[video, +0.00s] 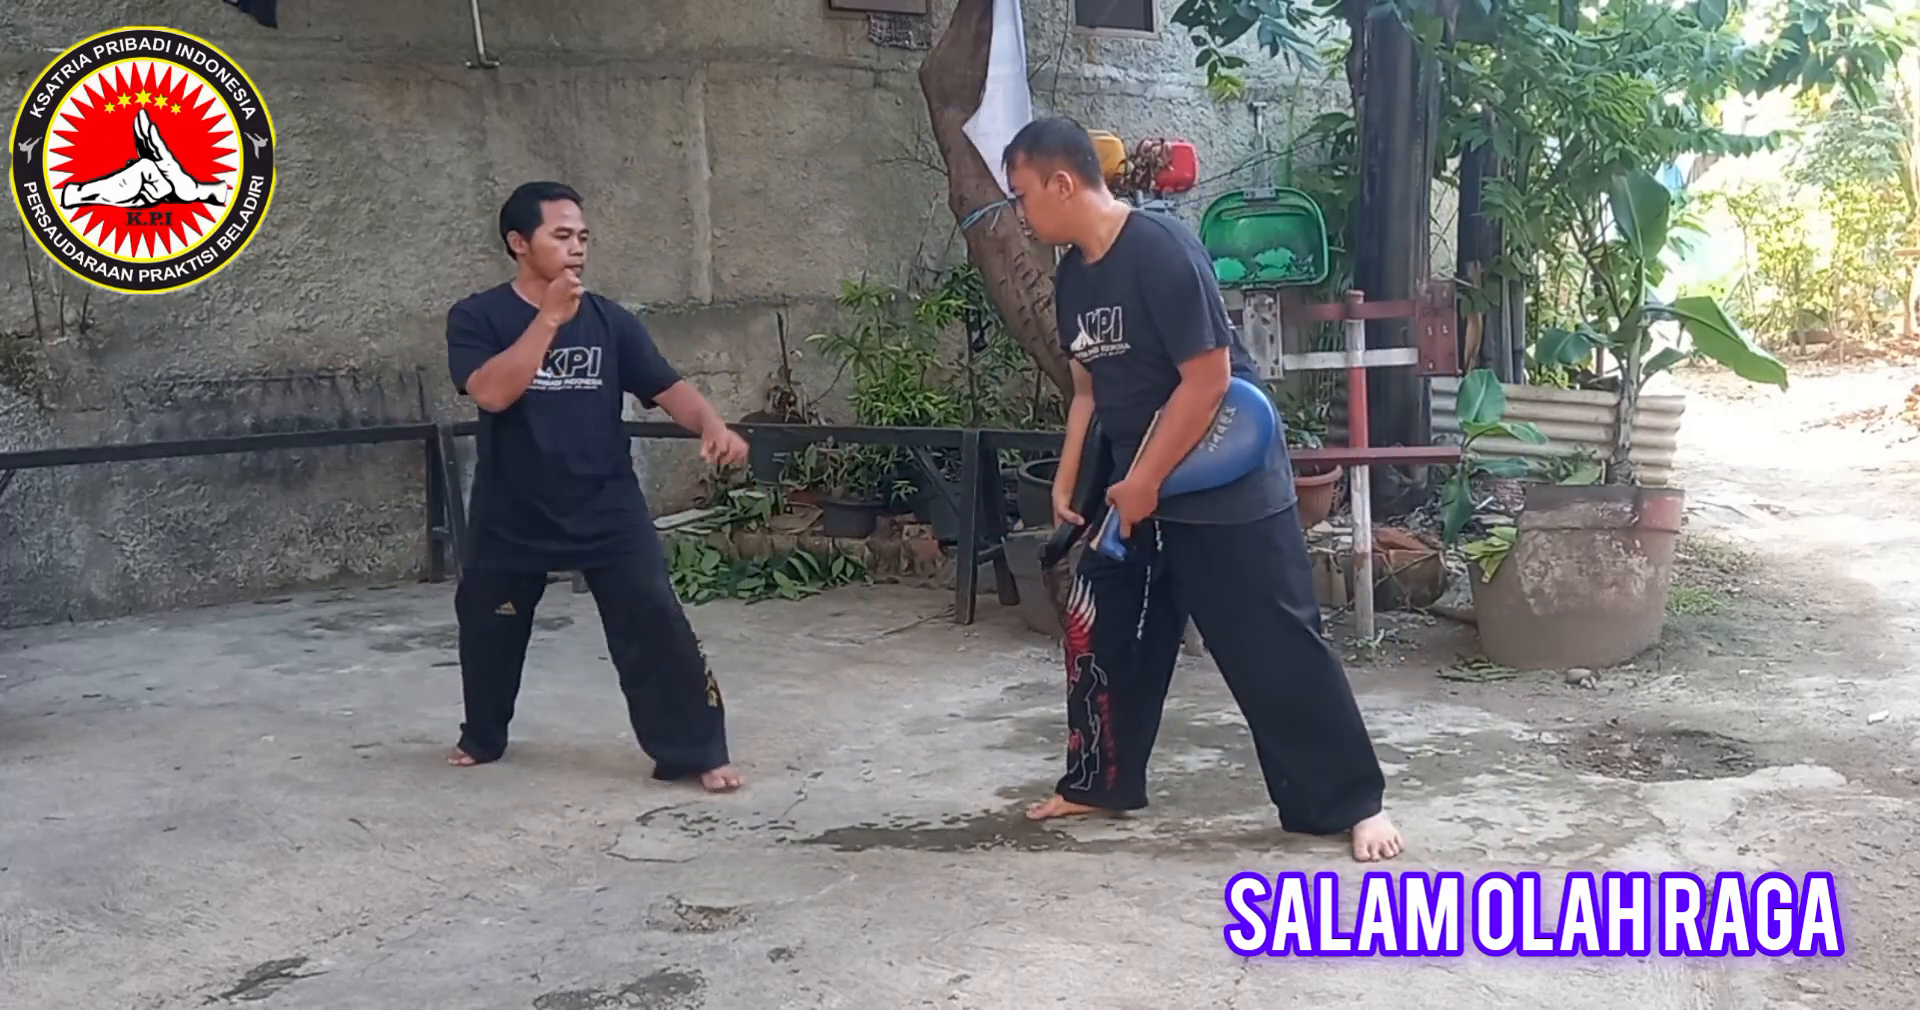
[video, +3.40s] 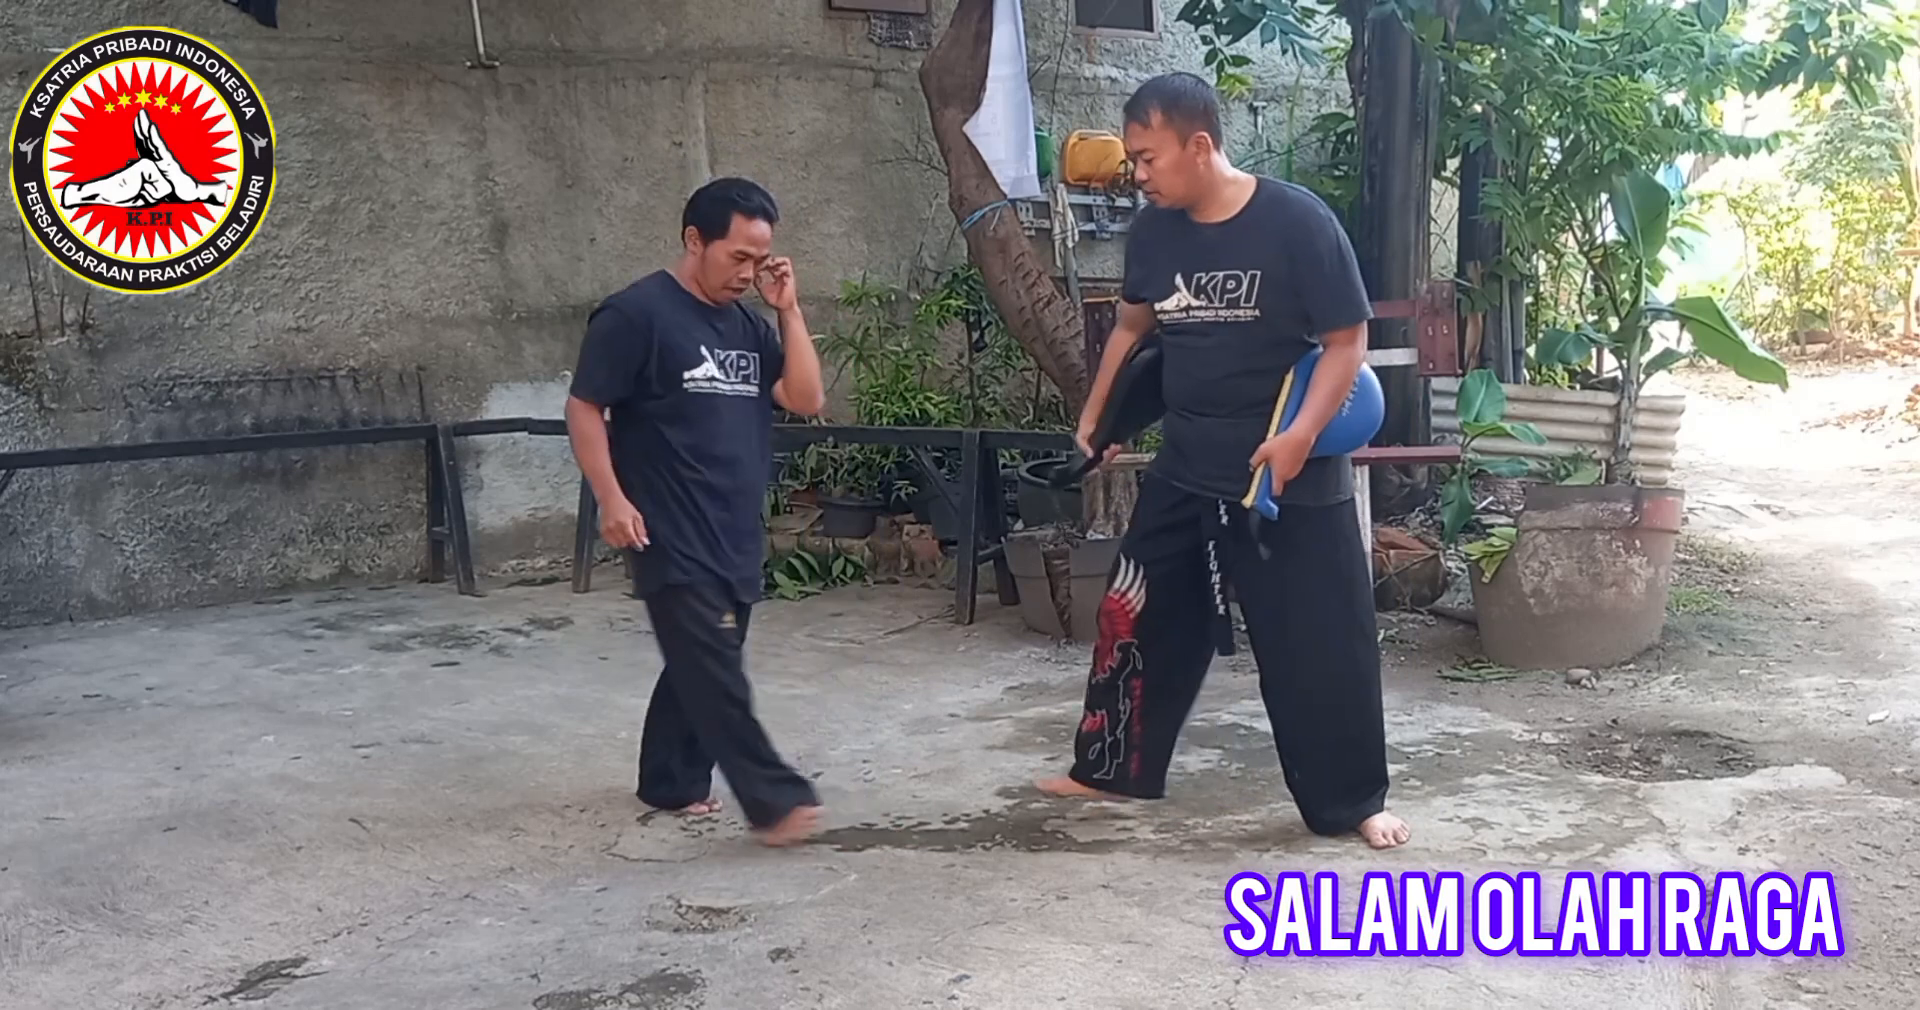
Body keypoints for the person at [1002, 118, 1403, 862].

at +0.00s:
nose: (1021, 217)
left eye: (1022, 199)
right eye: (1016, 203)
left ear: (1064, 182)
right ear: (1061, 185)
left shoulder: (1163, 247)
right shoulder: (1073, 271)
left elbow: (1207, 378)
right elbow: (1089, 386)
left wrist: (1145, 477)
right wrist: (1069, 477)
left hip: (1223, 486)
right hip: (1136, 491)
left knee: (1279, 640)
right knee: (1113, 638)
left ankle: (1361, 805)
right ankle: (1102, 783)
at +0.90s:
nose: (1018, 209)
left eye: (1020, 192)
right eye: (1015, 195)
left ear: (1064, 179)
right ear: (1062, 181)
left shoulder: (1156, 249)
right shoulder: (1071, 266)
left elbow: (1191, 385)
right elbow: (1081, 386)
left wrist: (1127, 481)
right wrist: (1051, 474)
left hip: (1211, 489)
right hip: (1125, 493)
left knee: (1274, 647)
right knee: (1105, 644)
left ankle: (1359, 806)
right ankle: (1099, 787)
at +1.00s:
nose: (1010, 218)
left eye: (1015, 201)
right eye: (1007, 203)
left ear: (1058, 192)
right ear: (1057, 196)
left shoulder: (1155, 259)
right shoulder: (1062, 280)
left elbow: (1203, 386)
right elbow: (1052, 383)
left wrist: (1126, 474)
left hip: (1219, 501)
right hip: (1133, 505)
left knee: (1277, 652)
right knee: (1106, 646)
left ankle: (1367, 802)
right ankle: (1101, 785)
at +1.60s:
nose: (1053, 222)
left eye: (1058, 205)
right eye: (1048, 207)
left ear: (1104, 193)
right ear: (1097, 196)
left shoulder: (1200, 268)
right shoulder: (1087, 278)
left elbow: (1247, 385)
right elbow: (1046, 336)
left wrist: (1153, 452)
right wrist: (964, 287)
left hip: (1252, 501)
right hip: (1153, 499)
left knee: (1316, 646)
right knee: (1110, 638)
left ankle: (1409, 802)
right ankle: (1103, 784)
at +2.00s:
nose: (1105, 206)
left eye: (1111, 188)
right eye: (1101, 191)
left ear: (1168, 175)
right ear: (1157, 181)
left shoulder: (1245, 255)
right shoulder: (1152, 252)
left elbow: (1274, 383)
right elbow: (1114, 333)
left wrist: (1172, 442)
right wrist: (1038, 303)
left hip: (1273, 499)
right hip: (1185, 492)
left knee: (1323, 652)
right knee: (1149, 637)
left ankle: (1410, 806)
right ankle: (1121, 781)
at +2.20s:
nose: (1166, 178)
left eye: (1177, 163)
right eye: (1164, 163)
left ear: (1233, 161)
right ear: (1216, 163)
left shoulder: (1298, 250)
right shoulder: (1211, 234)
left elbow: (1321, 384)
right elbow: (1224, 357)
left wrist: (1216, 437)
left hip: (1293, 500)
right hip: (1213, 487)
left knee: (1331, 656)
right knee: (1170, 638)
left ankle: (1410, 810)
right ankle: (1130, 779)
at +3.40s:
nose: (1139, 176)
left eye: (1148, 159)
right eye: (1134, 161)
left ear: (1202, 145)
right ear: (1168, 154)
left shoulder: (1298, 220)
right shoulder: (1154, 230)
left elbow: (1348, 341)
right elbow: (1133, 323)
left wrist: (1302, 436)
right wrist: (1096, 406)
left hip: (1296, 474)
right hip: (1187, 472)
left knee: (1330, 638)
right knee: (1135, 611)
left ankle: (1357, 801)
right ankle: (1115, 768)